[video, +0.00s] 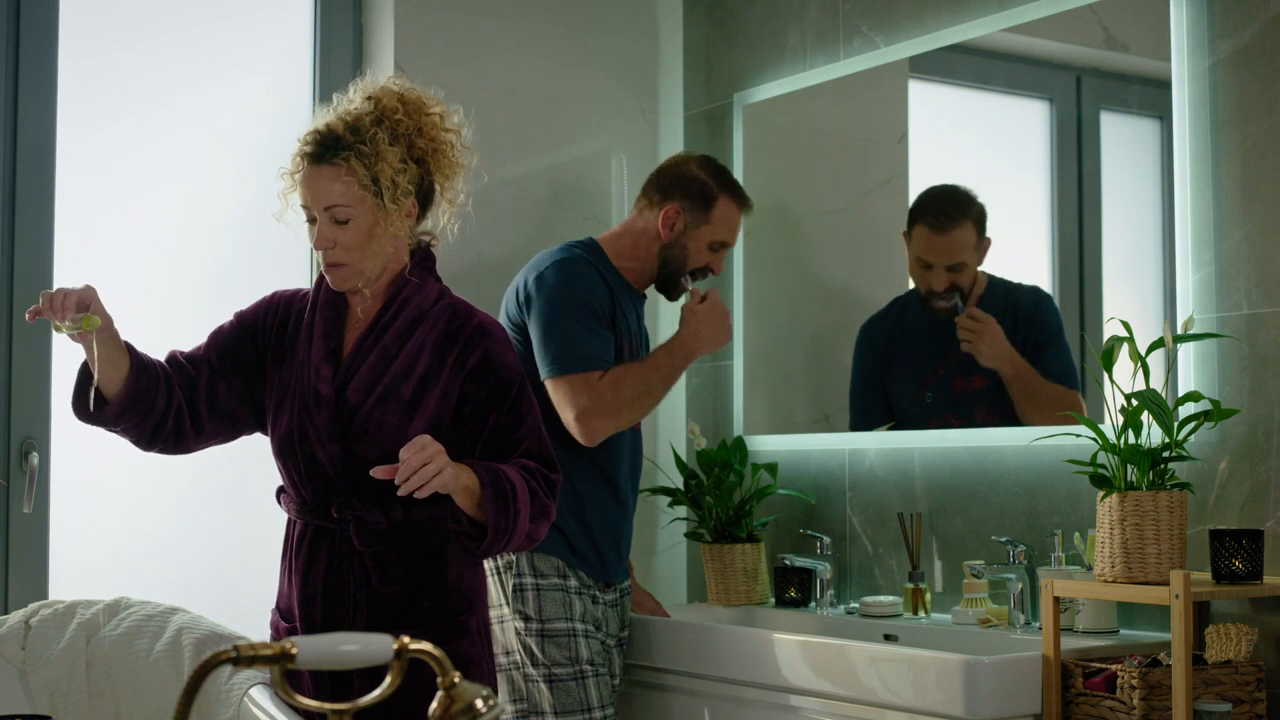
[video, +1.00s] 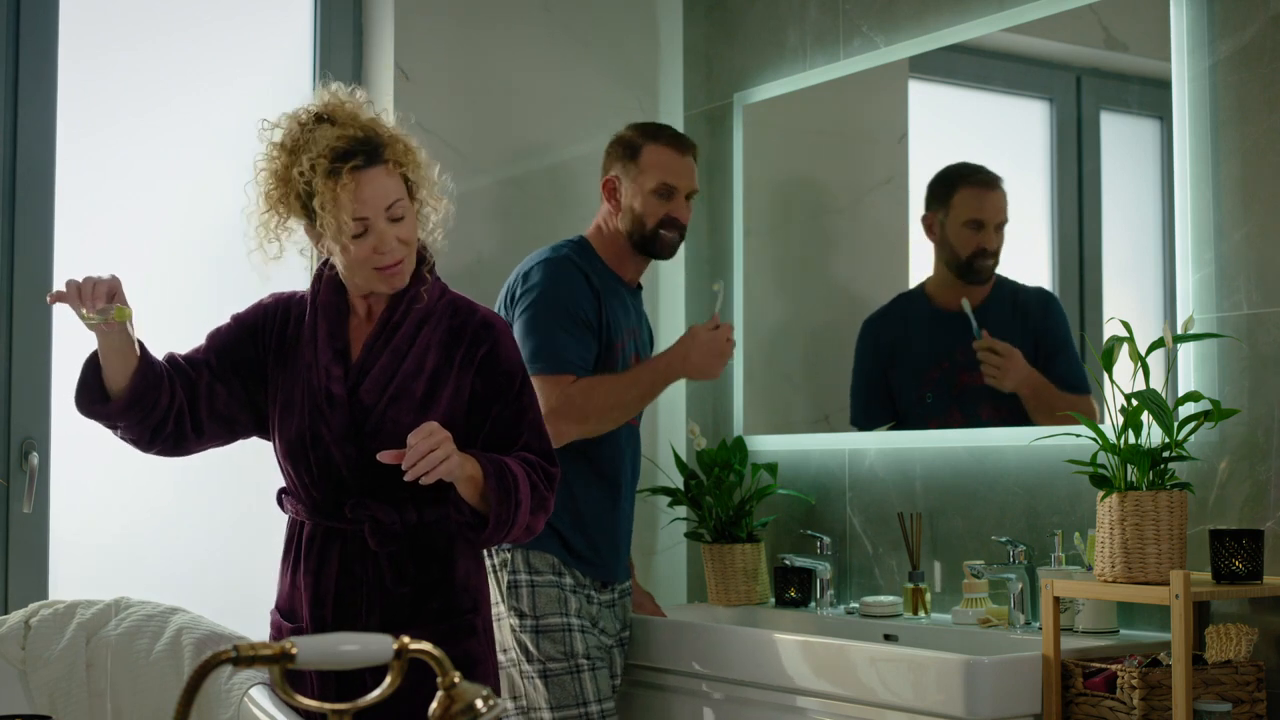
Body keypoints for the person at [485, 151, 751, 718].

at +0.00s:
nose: (716, 267)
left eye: (724, 252)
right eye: (714, 247)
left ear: (670, 225)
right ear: (668, 221)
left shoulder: (623, 306)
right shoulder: (565, 277)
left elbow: (592, 473)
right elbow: (588, 415)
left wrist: (623, 581)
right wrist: (688, 344)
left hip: (595, 576)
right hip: (542, 570)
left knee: (587, 706)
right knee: (566, 710)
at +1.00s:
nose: (679, 213)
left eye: (688, 198)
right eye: (663, 193)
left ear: (695, 202)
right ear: (613, 189)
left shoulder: (629, 303)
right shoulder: (555, 277)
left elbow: (602, 466)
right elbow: (554, 415)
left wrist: (624, 581)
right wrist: (675, 363)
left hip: (600, 577)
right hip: (543, 570)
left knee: (589, 706)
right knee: (570, 709)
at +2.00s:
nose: (605, 178)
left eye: (629, 163)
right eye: (596, 156)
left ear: (665, 178)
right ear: (578, 152)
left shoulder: (677, 297)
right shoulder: (501, 264)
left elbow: (697, 447)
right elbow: (454, 397)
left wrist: (737, 569)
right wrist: (549, 407)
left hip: (605, 572)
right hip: (505, 561)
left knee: (592, 711)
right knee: (508, 713)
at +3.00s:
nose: (600, 193)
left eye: (626, 179)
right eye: (592, 168)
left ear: (668, 187)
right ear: (579, 155)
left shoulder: (684, 301)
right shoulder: (500, 268)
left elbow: (697, 461)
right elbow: (453, 419)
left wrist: (715, 597)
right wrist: (534, 425)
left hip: (607, 583)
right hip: (499, 571)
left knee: (598, 710)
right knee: (501, 713)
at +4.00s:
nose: (597, 183)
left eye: (621, 166)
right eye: (586, 160)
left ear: (660, 171)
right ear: (569, 152)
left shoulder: (671, 295)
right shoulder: (495, 264)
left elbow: (695, 456)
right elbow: (454, 415)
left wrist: (730, 590)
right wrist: (551, 396)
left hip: (608, 590)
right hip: (499, 584)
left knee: (601, 713)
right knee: (499, 716)